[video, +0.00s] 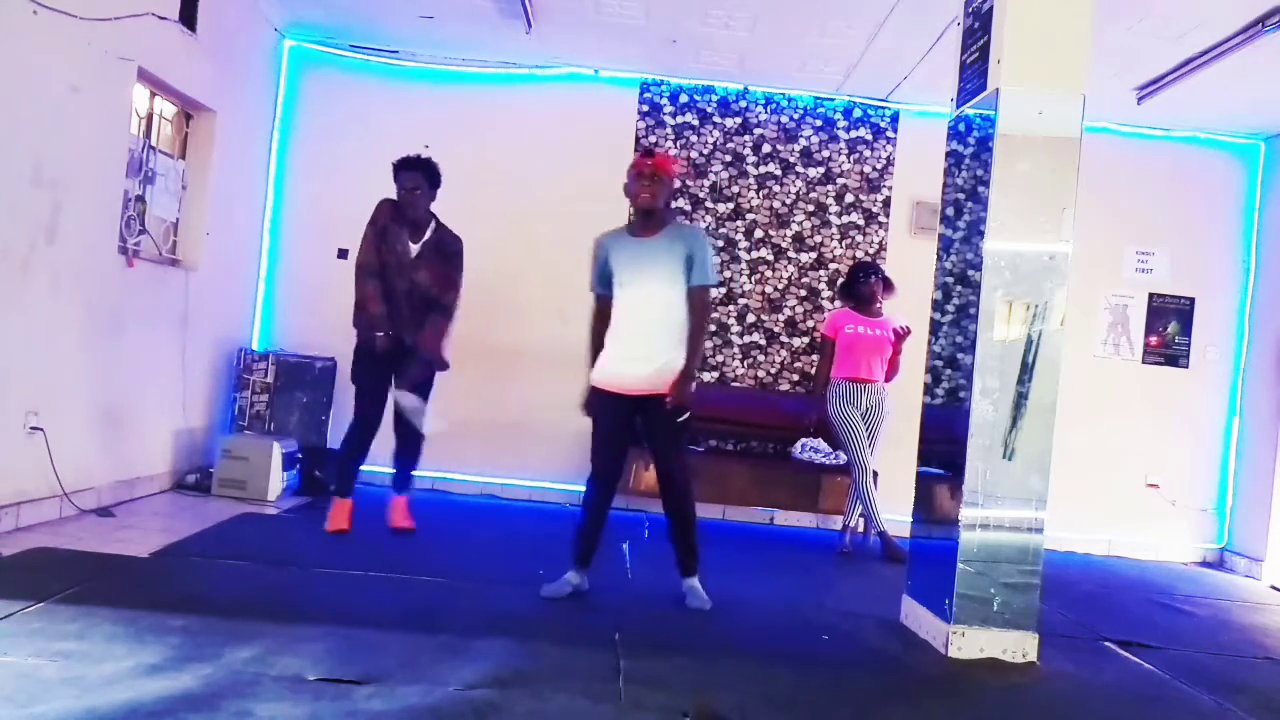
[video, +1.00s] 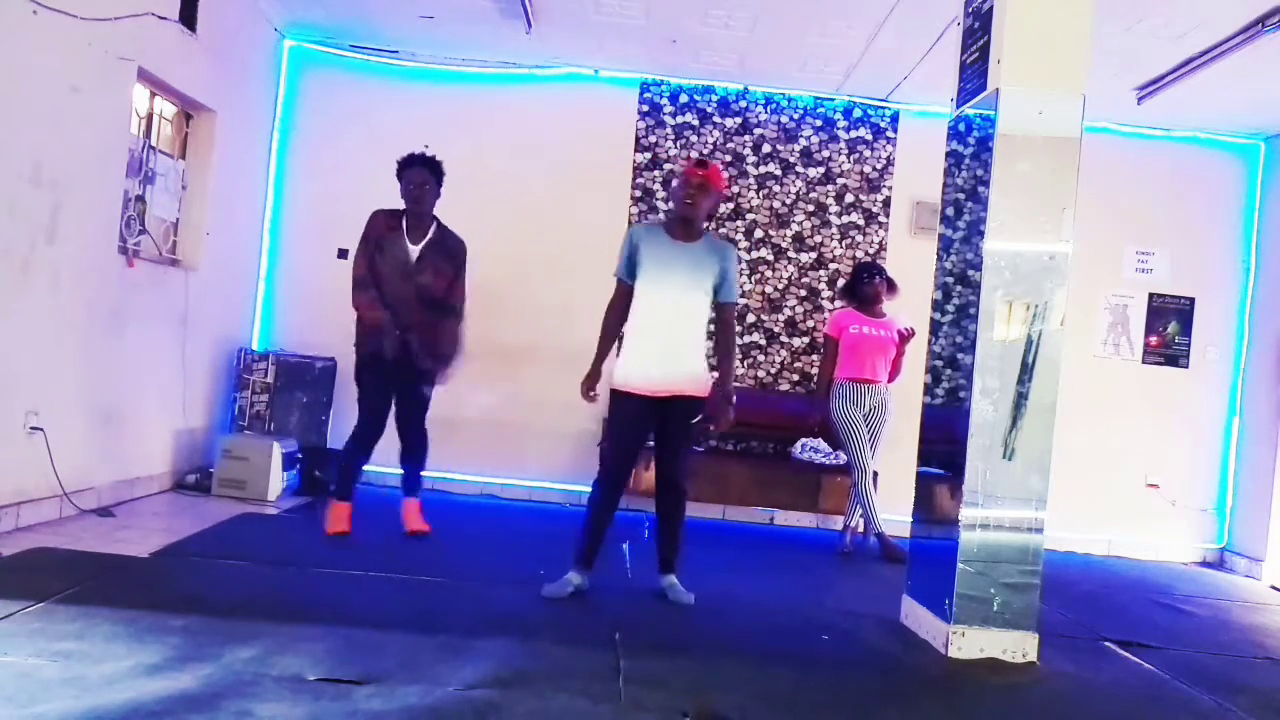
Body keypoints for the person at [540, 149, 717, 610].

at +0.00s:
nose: (644, 187)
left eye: (653, 180)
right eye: (638, 179)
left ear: (669, 188)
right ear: (627, 187)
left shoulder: (692, 241)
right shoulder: (608, 245)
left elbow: (700, 314)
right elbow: (601, 315)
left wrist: (687, 376)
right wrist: (594, 379)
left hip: (665, 388)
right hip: (613, 385)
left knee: (676, 486)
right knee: (601, 480)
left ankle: (690, 578)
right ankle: (578, 571)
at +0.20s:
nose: (627, 184)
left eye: (636, 177)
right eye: (621, 176)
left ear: (653, 187)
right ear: (610, 185)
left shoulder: (676, 238)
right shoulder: (589, 239)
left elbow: (682, 310)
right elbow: (560, 305)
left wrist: (672, 375)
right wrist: (542, 370)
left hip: (657, 385)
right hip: (602, 385)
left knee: (669, 481)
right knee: (594, 481)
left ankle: (670, 569)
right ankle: (578, 571)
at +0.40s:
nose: (632, 183)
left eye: (641, 177)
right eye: (626, 176)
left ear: (656, 187)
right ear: (613, 183)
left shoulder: (674, 239)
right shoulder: (590, 233)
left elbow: (681, 307)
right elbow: (566, 300)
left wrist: (686, 364)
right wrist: (549, 366)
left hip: (650, 383)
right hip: (597, 382)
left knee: (653, 482)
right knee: (592, 479)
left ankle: (659, 571)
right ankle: (577, 571)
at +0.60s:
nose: (644, 183)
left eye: (653, 177)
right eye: (638, 176)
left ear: (669, 189)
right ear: (626, 184)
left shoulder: (684, 241)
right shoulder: (601, 232)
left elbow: (692, 312)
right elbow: (588, 300)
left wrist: (698, 378)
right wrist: (595, 355)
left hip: (660, 385)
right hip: (608, 383)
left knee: (663, 482)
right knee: (595, 479)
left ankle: (670, 574)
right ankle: (577, 570)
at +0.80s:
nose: (659, 186)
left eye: (670, 181)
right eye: (656, 179)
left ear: (687, 193)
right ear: (648, 186)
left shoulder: (702, 249)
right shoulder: (621, 235)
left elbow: (710, 320)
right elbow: (604, 304)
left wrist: (712, 383)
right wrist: (609, 362)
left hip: (673, 387)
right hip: (621, 382)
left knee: (664, 483)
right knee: (603, 478)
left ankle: (666, 574)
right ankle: (578, 570)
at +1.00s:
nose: (688, 195)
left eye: (698, 190)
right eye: (684, 187)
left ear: (715, 203)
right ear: (673, 191)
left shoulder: (723, 255)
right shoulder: (640, 237)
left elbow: (726, 325)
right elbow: (619, 304)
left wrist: (725, 389)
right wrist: (596, 365)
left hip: (685, 388)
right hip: (632, 382)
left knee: (673, 484)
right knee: (610, 477)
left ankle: (668, 574)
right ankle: (580, 570)